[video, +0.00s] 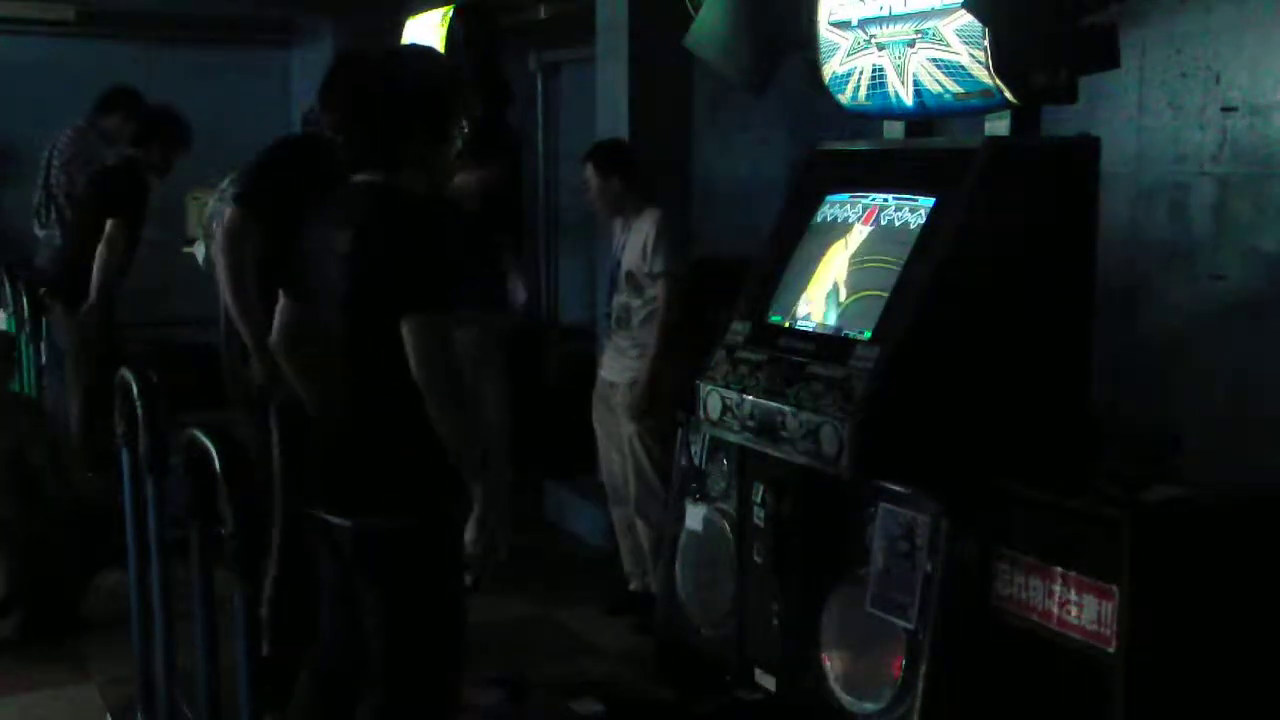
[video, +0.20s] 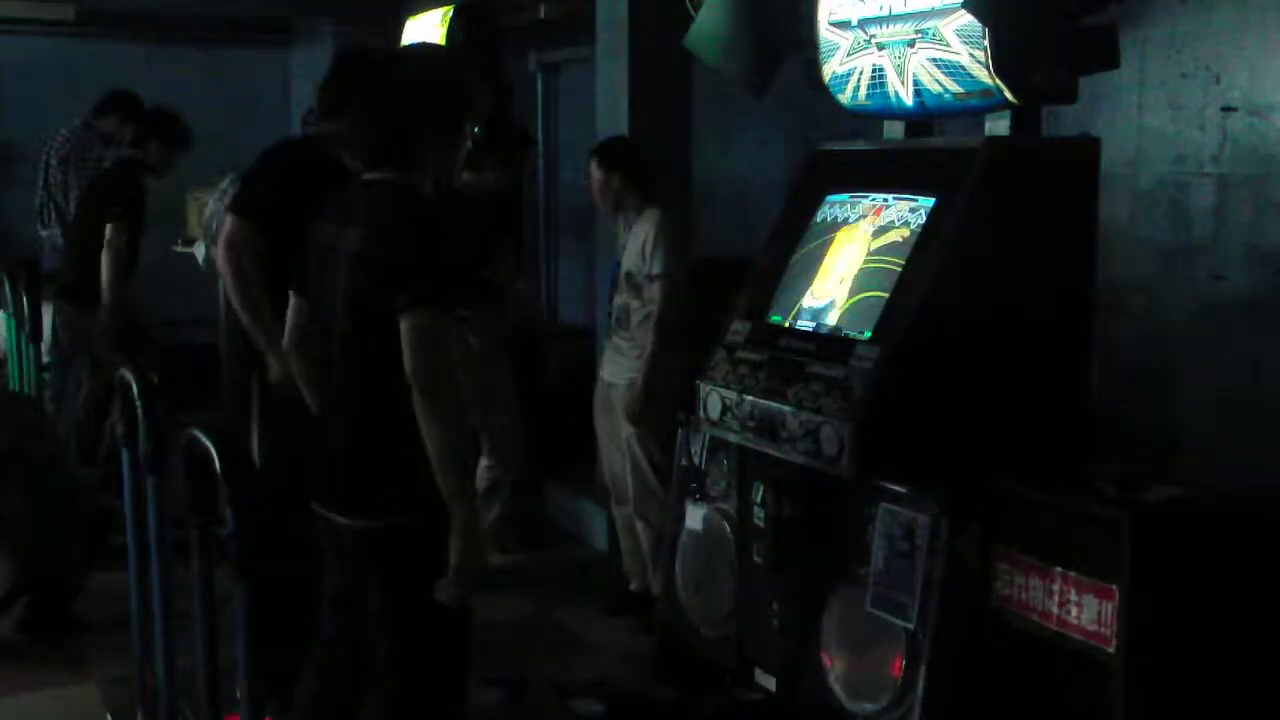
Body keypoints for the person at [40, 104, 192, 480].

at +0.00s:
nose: (171, 165)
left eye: (175, 155)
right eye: (170, 152)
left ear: (140, 138)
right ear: (157, 145)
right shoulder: (129, 177)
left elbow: (110, 241)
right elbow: (111, 243)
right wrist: (97, 303)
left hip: (57, 286)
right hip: (79, 296)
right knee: (85, 384)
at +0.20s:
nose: (171, 164)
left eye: (175, 154)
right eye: (170, 152)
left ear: (141, 140)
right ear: (156, 145)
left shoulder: (114, 172)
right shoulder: (126, 177)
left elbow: (111, 244)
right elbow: (114, 243)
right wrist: (111, 310)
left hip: (72, 297)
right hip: (85, 302)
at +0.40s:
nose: (175, 161)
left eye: (179, 152)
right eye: (176, 150)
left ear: (142, 129)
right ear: (162, 138)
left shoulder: (91, 159)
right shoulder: (136, 168)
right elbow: (135, 238)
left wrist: (57, 280)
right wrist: (153, 283)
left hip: (68, 301)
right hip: (109, 304)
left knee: (72, 417)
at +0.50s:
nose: (175, 159)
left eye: (179, 150)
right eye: (175, 148)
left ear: (135, 127)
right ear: (159, 134)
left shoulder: (83, 157)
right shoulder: (141, 167)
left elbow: (63, 223)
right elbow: (147, 241)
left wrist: (59, 275)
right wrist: (173, 258)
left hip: (79, 299)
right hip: (125, 300)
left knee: (80, 407)